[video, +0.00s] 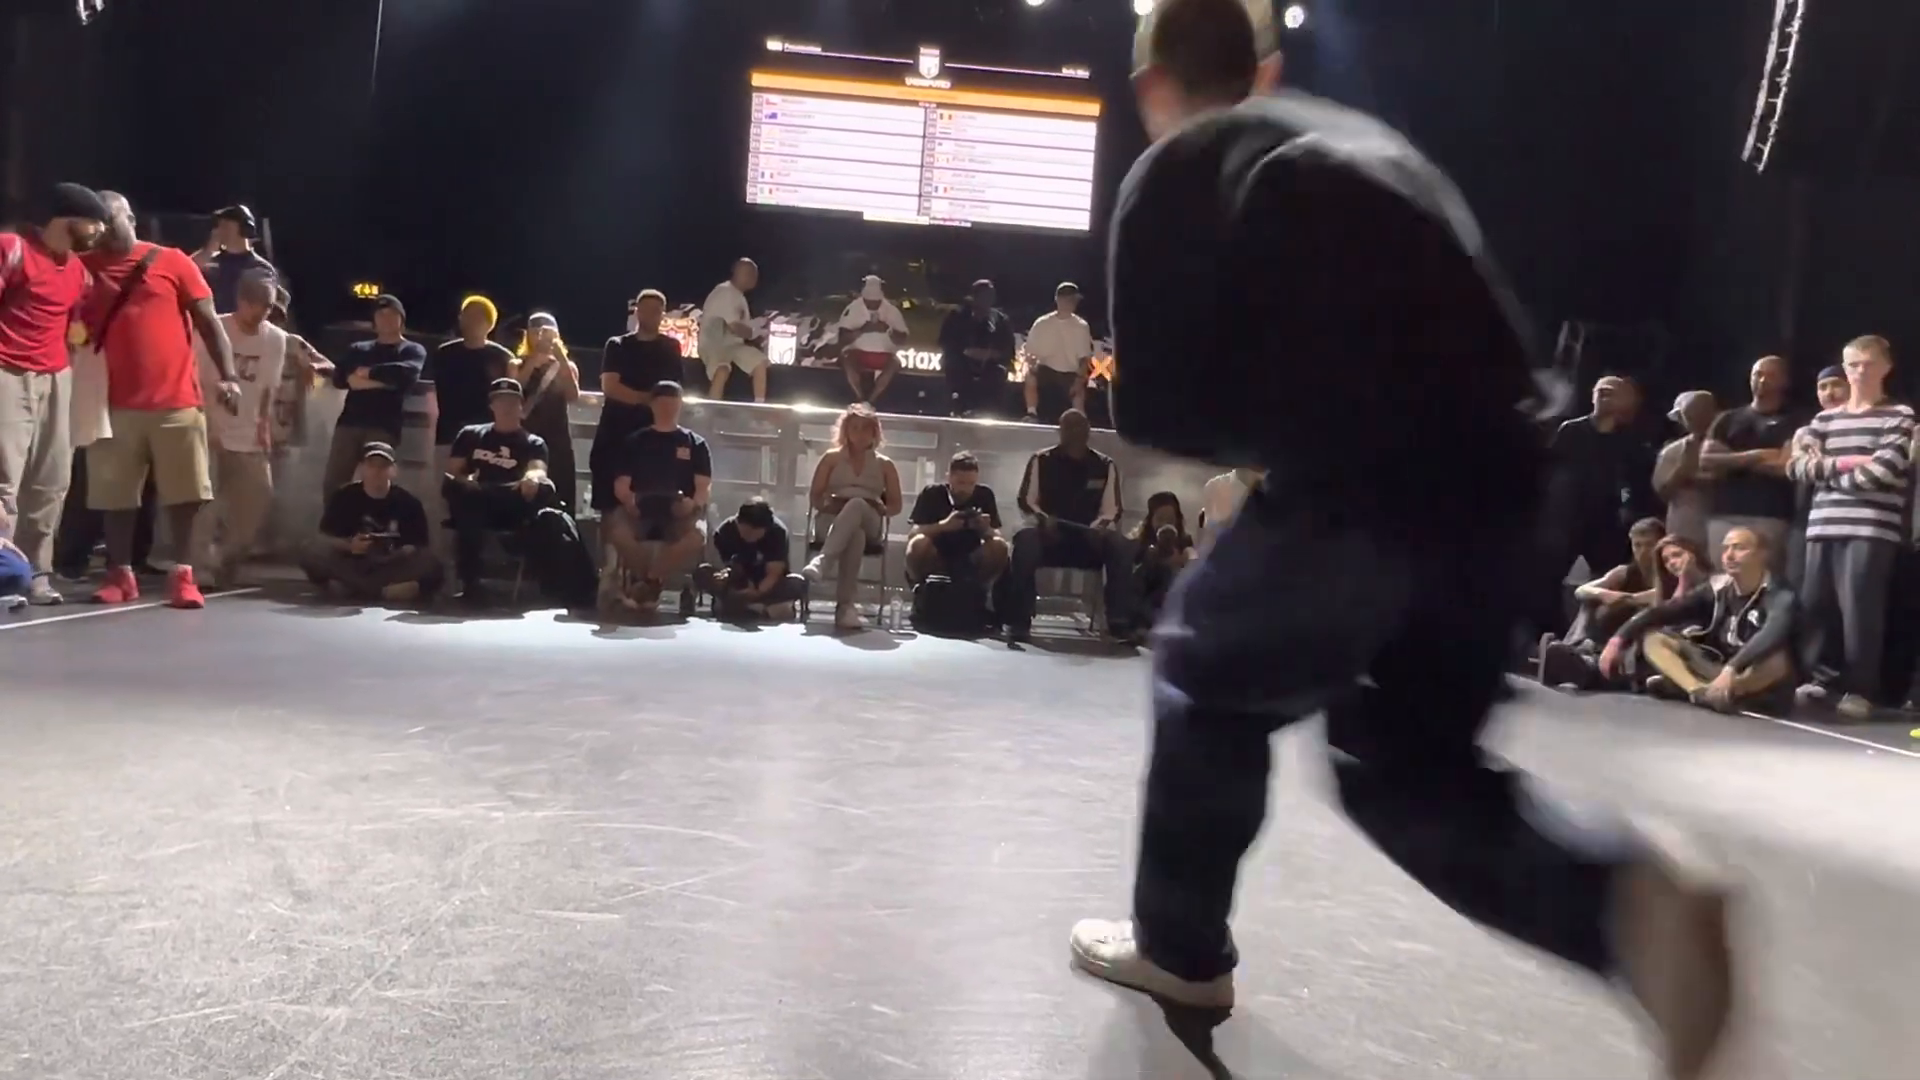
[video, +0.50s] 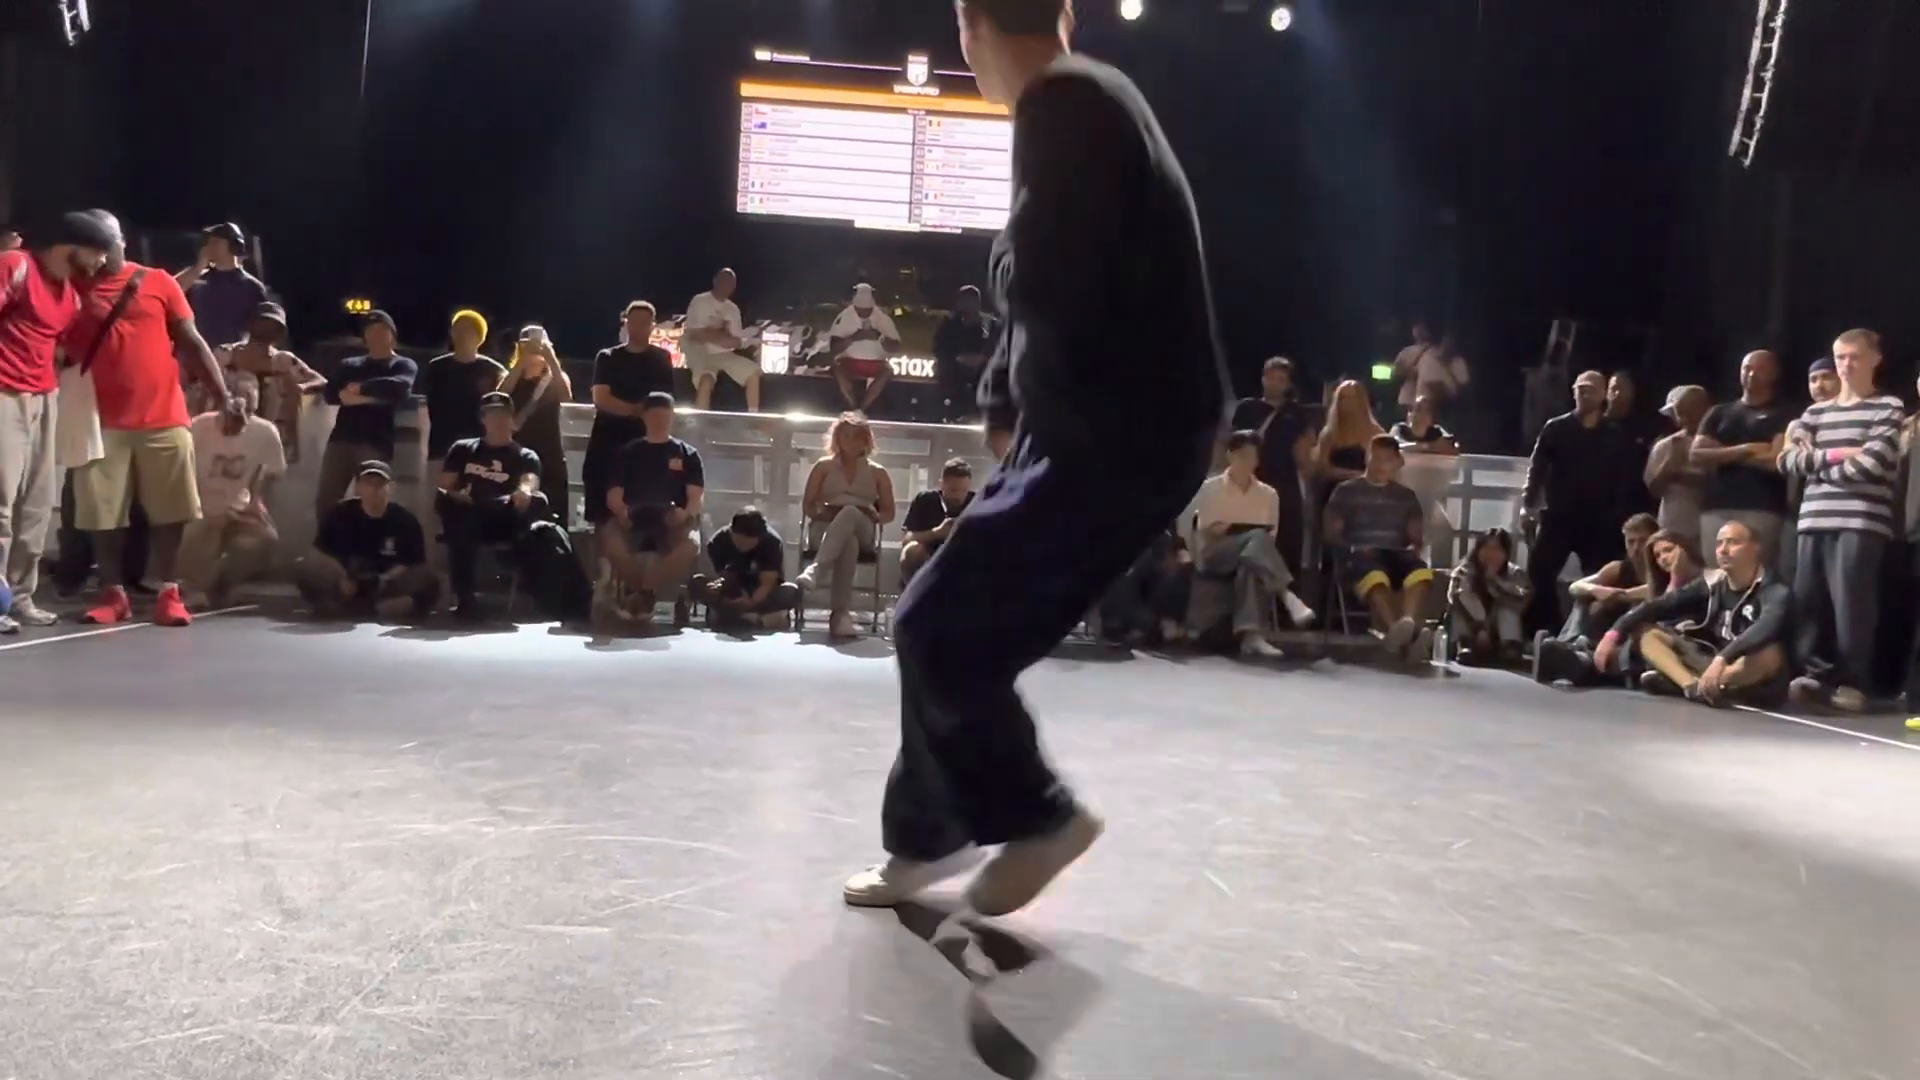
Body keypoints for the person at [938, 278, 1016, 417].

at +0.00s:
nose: (985, 302)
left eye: (988, 297)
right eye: (981, 297)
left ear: (993, 299)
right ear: (973, 297)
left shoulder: (1001, 320)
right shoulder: (958, 316)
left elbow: (1008, 352)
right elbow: (946, 342)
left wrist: (990, 354)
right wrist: (966, 352)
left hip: (990, 369)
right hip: (964, 368)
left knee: (999, 371)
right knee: (952, 361)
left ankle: (993, 409)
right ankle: (958, 405)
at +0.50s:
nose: (967, 306)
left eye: (971, 302)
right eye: (964, 302)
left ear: (978, 303)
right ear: (958, 303)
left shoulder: (992, 324)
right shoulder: (949, 325)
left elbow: (996, 350)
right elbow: (939, 350)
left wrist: (982, 358)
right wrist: (957, 358)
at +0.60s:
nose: (966, 304)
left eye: (969, 299)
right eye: (962, 300)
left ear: (976, 301)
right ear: (957, 302)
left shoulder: (990, 323)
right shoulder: (948, 322)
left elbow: (996, 353)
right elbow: (936, 347)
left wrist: (981, 358)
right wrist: (956, 357)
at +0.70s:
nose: (962, 298)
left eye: (966, 293)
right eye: (958, 293)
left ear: (973, 294)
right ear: (952, 294)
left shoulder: (987, 317)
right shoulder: (943, 317)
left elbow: (996, 349)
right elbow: (936, 351)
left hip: (981, 385)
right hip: (951, 385)